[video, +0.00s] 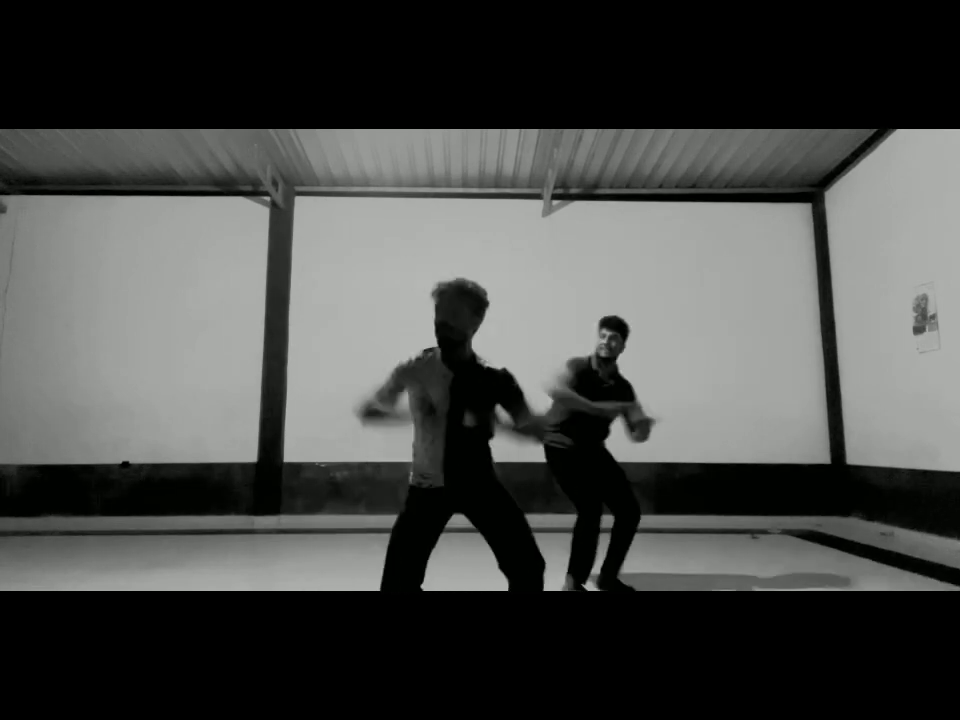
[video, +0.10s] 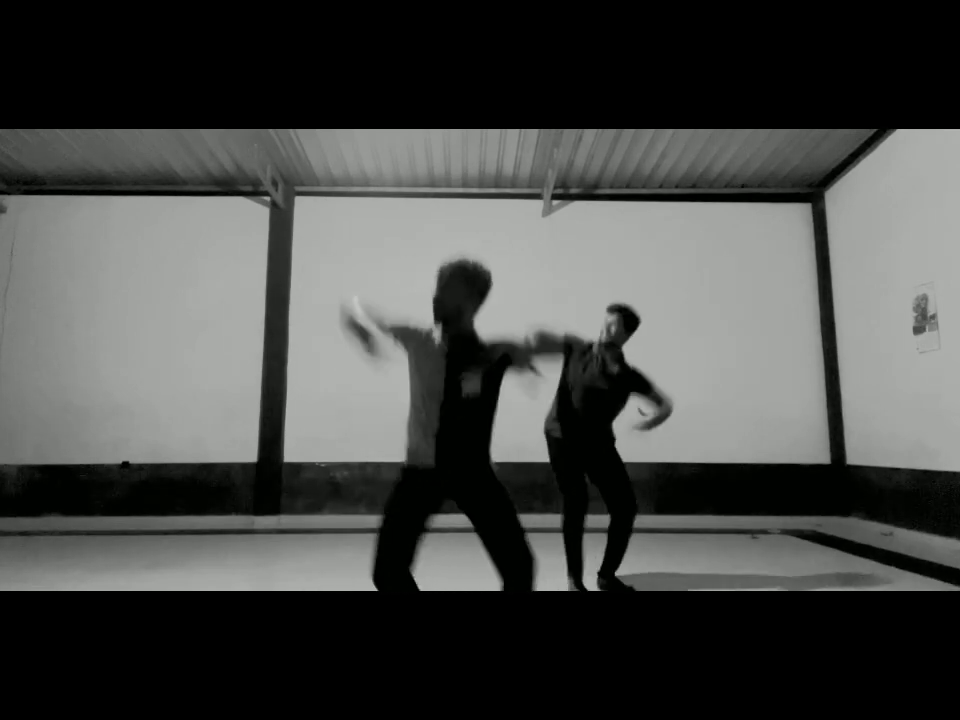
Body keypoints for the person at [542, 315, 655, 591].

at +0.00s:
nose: (607, 343)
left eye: (614, 339)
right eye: (603, 337)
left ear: (622, 346)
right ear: (596, 339)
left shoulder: (621, 387)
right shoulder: (576, 367)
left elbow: (635, 434)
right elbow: (554, 389)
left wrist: (643, 427)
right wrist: (595, 408)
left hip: (595, 449)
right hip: (563, 447)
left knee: (629, 511)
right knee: (590, 507)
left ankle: (608, 578)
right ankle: (574, 581)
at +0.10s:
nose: (609, 331)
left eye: (617, 329)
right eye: (608, 324)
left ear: (626, 336)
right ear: (602, 324)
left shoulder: (627, 376)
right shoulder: (575, 349)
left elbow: (665, 406)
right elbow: (539, 339)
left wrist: (652, 420)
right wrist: (530, 350)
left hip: (598, 443)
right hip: (563, 438)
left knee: (625, 507)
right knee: (575, 502)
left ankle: (607, 576)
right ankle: (574, 579)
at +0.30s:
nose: (602, 299)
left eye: (610, 298)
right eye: (604, 295)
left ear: (624, 307)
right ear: (603, 299)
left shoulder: (631, 343)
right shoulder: (580, 318)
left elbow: (680, 361)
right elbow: (543, 286)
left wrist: (727, 376)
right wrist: (509, 258)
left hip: (595, 422)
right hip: (559, 416)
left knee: (602, 495)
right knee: (556, 493)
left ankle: (598, 568)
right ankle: (558, 566)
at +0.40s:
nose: (599, 300)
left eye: (608, 298)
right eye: (602, 295)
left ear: (620, 311)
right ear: (601, 301)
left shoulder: (629, 343)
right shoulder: (577, 320)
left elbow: (680, 353)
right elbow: (548, 287)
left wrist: (732, 359)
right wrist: (519, 256)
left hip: (594, 427)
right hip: (559, 422)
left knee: (592, 501)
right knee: (556, 499)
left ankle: (593, 572)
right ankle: (554, 570)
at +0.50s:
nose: (597, 299)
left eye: (605, 297)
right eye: (600, 295)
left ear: (618, 309)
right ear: (599, 302)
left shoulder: (629, 345)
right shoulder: (576, 324)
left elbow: (676, 351)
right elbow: (550, 293)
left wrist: (705, 339)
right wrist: (530, 264)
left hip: (595, 432)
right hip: (560, 426)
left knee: (595, 503)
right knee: (559, 501)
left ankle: (596, 571)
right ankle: (557, 569)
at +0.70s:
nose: (603, 328)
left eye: (609, 324)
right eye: (600, 321)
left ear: (616, 329)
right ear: (592, 321)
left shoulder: (617, 363)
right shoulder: (568, 351)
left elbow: (623, 398)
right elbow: (550, 377)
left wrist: (601, 385)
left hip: (600, 433)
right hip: (565, 431)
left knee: (623, 493)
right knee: (555, 497)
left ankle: (612, 569)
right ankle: (558, 571)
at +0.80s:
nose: (607, 345)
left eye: (608, 339)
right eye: (601, 340)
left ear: (607, 341)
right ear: (584, 342)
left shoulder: (615, 375)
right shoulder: (564, 375)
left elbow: (624, 415)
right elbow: (557, 417)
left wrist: (604, 409)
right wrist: (585, 413)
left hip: (606, 451)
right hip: (569, 452)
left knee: (633, 507)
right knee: (547, 507)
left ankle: (614, 578)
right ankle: (561, 578)